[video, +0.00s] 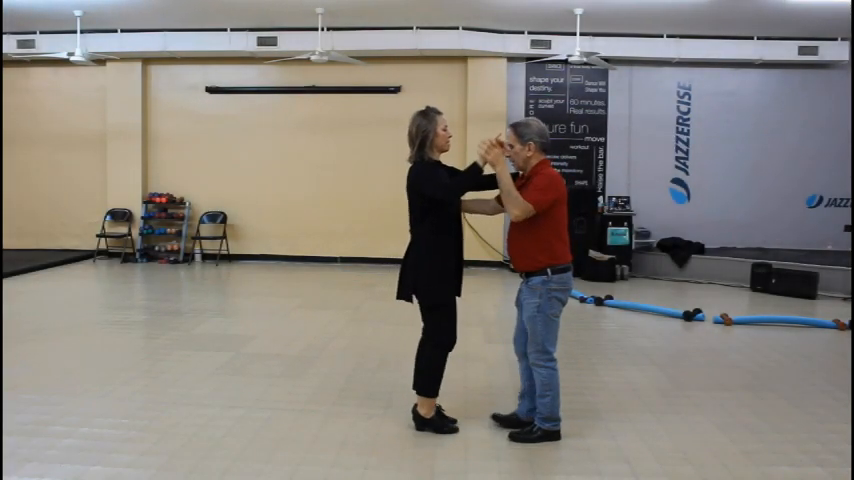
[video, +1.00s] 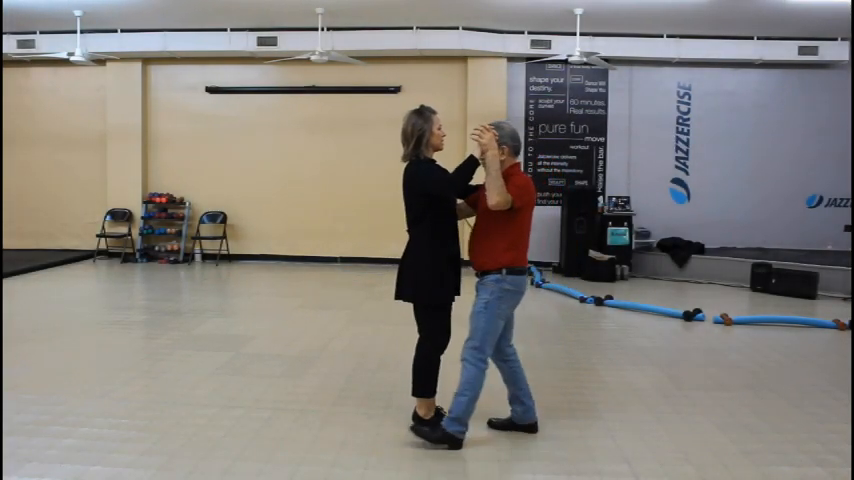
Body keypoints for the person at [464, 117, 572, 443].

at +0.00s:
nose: (506, 153)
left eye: (510, 147)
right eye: (505, 147)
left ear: (530, 148)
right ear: (526, 149)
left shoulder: (548, 179)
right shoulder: (524, 180)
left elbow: (518, 211)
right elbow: (492, 204)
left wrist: (500, 166)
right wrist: (450, 200)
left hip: (549, 280)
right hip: (532, 278)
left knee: (541, 354)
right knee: (525, 348)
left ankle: (548, 424)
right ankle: (527, 413)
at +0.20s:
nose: (501, 152)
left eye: (506, 146)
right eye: (501, 146)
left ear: (524, 147)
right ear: (522, 148)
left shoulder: (543, 177)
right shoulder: (517, 180)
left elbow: (513, 198)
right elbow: (481, 203)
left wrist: (504, 155)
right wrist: (442, 196)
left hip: (542, 279)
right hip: (524, 278)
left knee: (538, 354)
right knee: (522, 352)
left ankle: (548, 424)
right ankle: (525, 416)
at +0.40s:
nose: (498, 150)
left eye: (503, 144)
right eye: (497, 144)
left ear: (521, 147)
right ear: (517, 148)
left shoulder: (540, 177)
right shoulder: (508, 183)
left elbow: (515, 196)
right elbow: (472, 208)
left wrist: (503, 153)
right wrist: (439, 191)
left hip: (535, 278)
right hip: (516, 278)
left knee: (529, 353)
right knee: (517, 353)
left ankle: (546, 422)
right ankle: (524, 416)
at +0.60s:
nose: (495, 151)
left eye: (500, 145)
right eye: (495, 145)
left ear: (518, 148)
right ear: (514, 149)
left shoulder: (536, 178)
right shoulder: (502, 185)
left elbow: (512, 197)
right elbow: (467, 208)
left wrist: (500, 155)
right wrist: (434, 196)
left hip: (528, 276)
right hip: (510, 276)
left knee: (506, 348)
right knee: (512, 346)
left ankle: (536, 414)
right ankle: (522, 414)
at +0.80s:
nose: (491, 152)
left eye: (495, 146)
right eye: (489, 146)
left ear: (513, 148)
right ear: (509, 149)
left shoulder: (530, 179)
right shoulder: (499, 184)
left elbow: (506, 198)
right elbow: (463, 208)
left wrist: (497, 156)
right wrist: (432, 195)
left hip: (518, 277)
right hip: (504, 276)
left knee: (489, 349)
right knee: (512, 348)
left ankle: (489, 426)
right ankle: (525, 417)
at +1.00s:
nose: (481, 152)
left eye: (488, 145)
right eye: (482, 146)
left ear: (505, 150)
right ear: (501, 152)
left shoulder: (521, 182)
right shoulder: (489, 185)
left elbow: (498, 201)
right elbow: (456, 211)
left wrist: (490, 158)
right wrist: (424, 210)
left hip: (502, 280)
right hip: (495, 278)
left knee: (475, 353)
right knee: (502, 350)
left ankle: (453, 428)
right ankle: (525, 417)